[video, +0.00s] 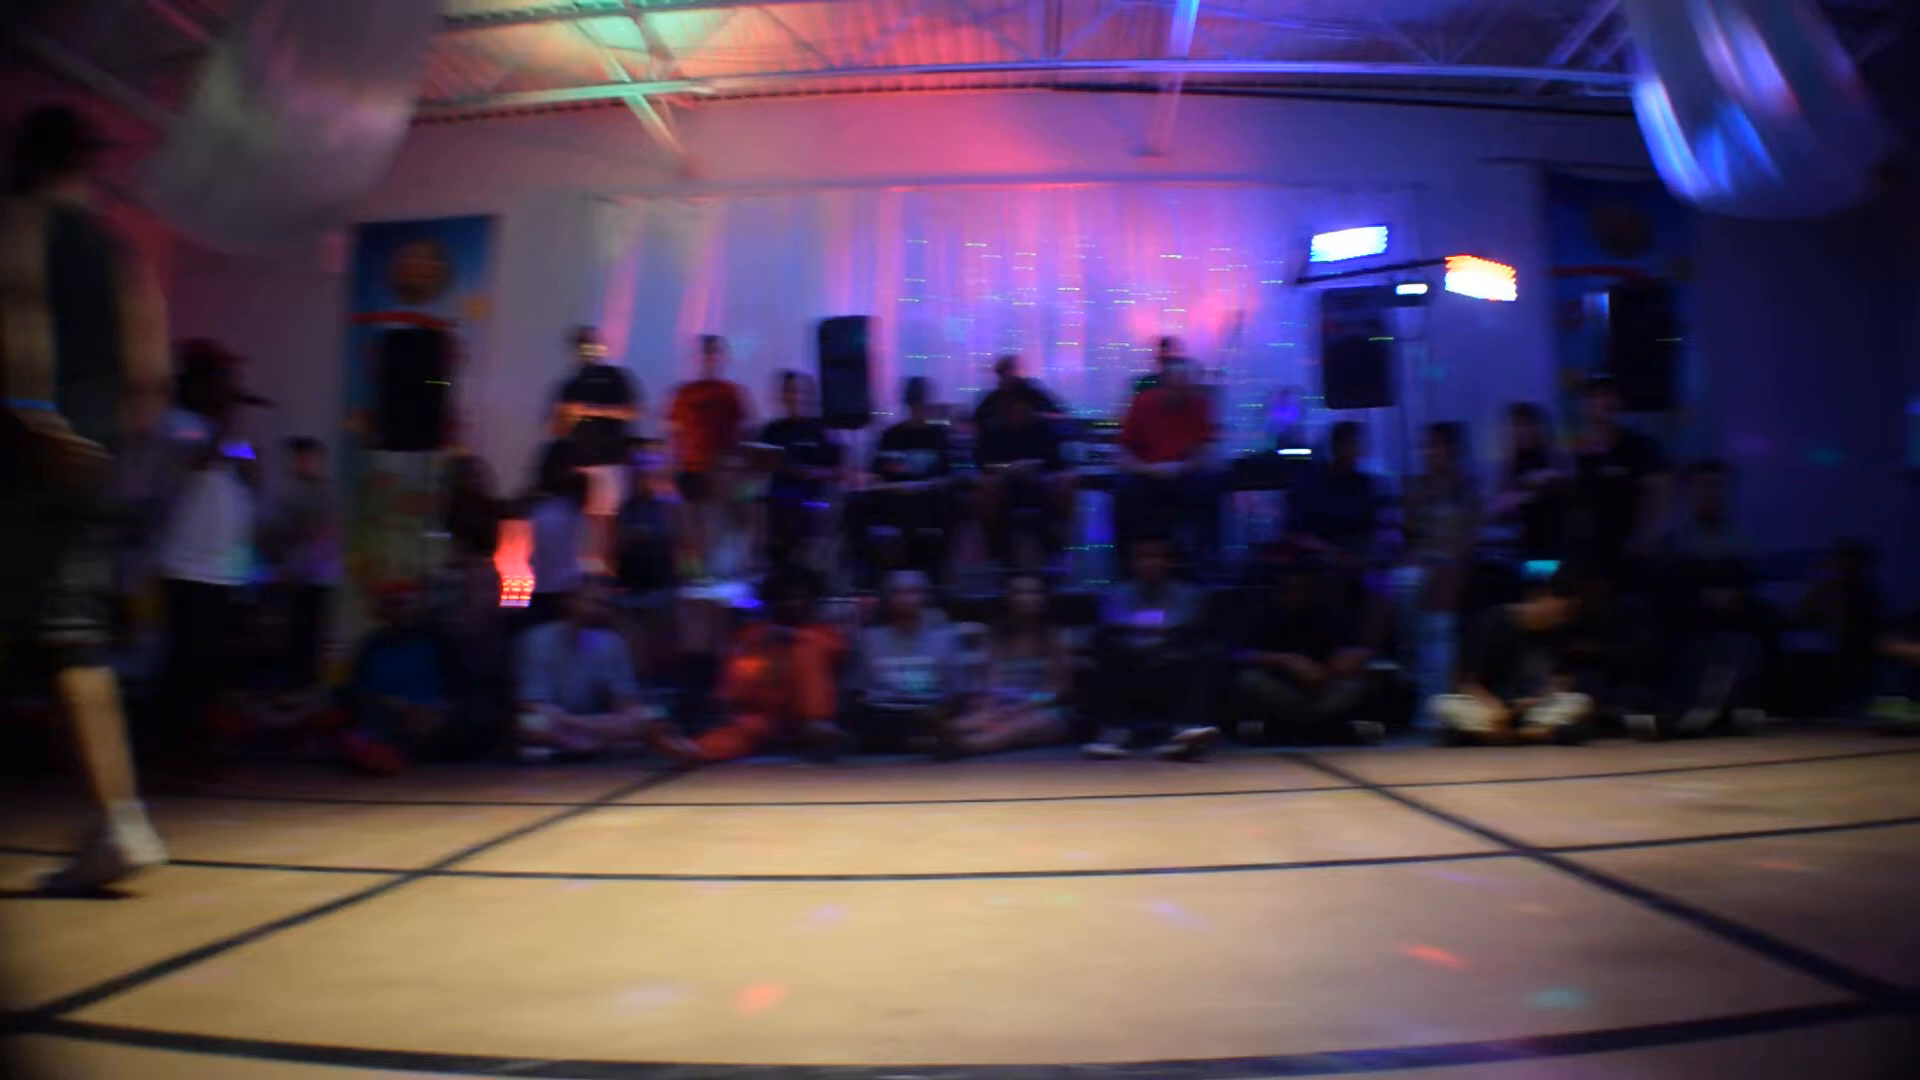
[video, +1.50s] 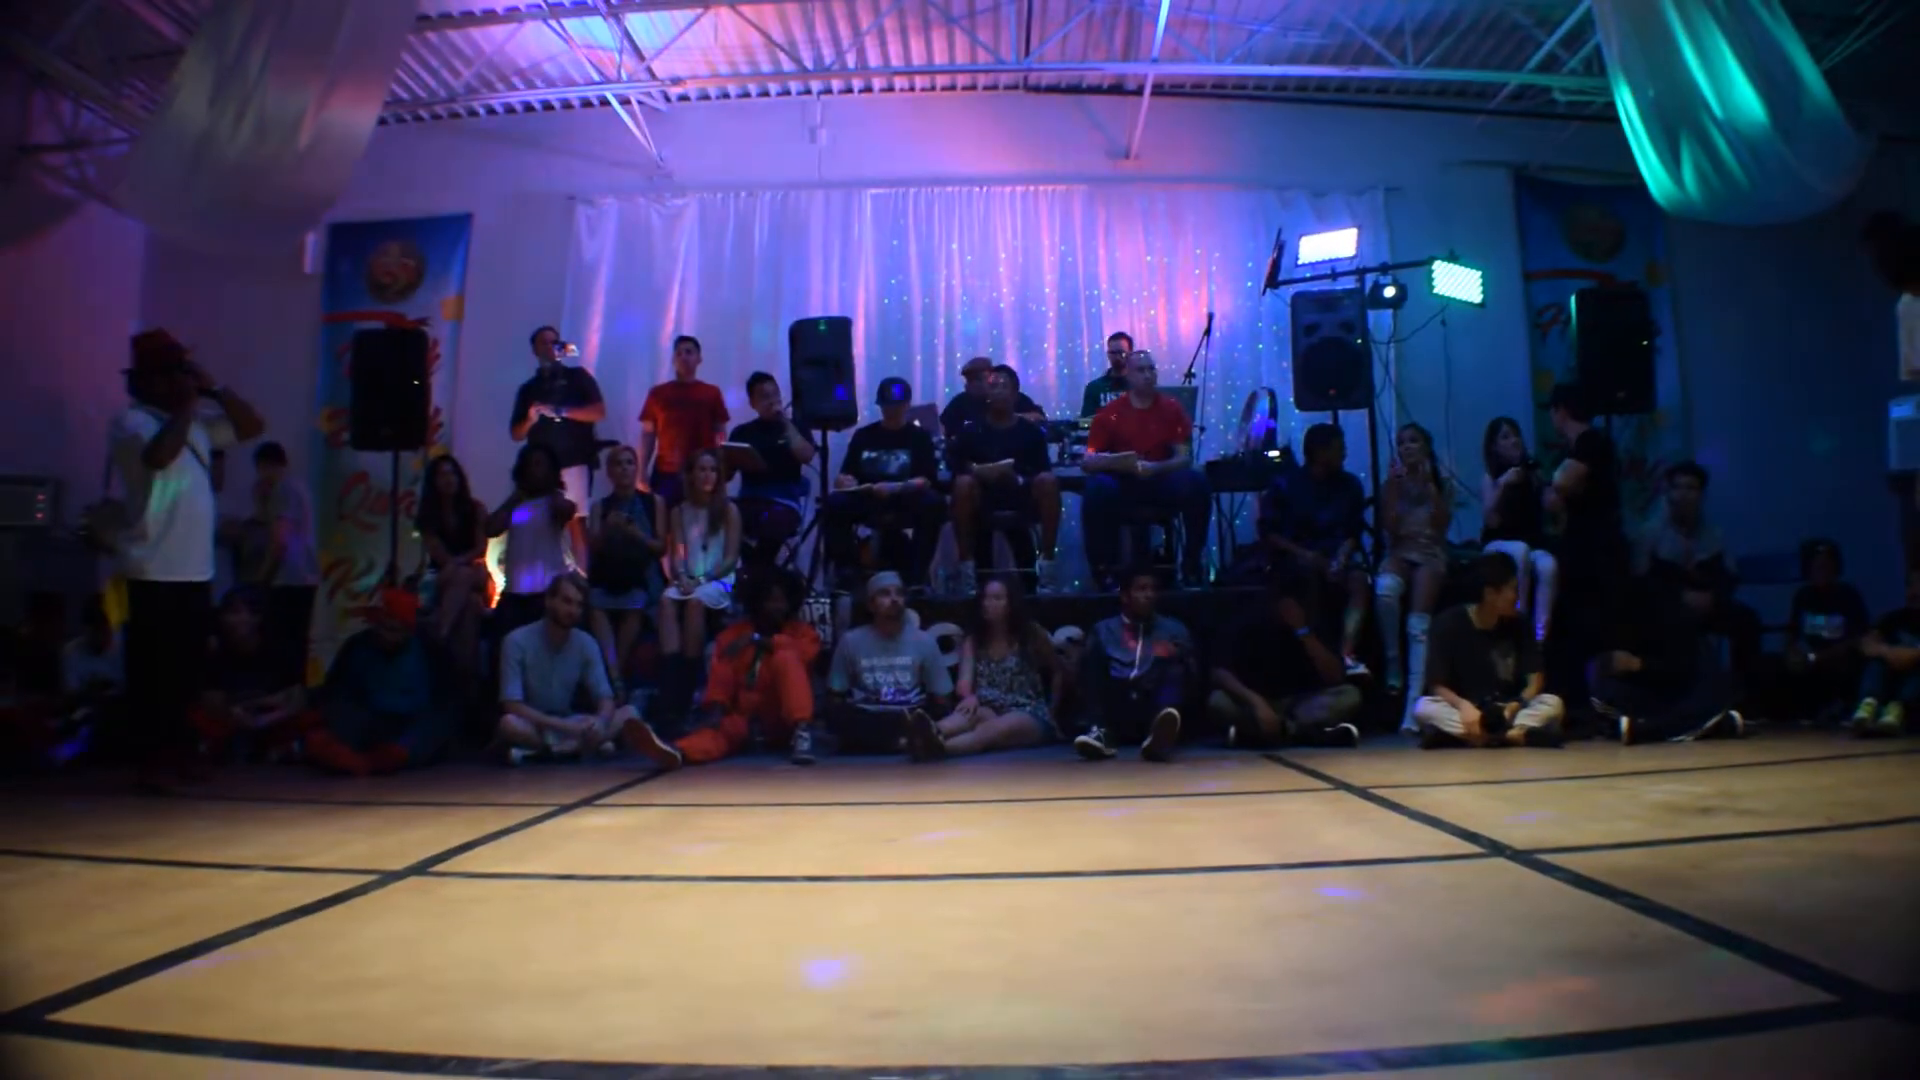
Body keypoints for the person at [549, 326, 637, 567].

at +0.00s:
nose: (589, 353)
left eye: (593, 347)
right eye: (584, 348)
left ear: (601, 349)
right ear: (577, 350)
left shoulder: (615, 378)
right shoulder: (573, 383)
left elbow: (632, 412)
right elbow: (559, 428)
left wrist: (592, 410)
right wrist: (571, 415)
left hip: (610, 457)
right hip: (580, 458)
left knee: (607, 512)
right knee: (585, 514)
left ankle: (607, 562)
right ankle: (587, 563)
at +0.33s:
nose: (530, 346)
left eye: (534, 340)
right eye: (524, 341)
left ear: (541, 345)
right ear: (515, 348)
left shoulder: (561, 375)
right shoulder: (509, 386)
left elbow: (578, 409)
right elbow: (496, 431)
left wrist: (540, 409)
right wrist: (510, 417)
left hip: (554, 459)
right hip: (520, 461)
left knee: (552, 519)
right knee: (521, 519)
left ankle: (557, 574)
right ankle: (524, 576)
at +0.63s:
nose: (527, 347)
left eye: (531, 342)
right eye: (521, 342)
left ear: (539, 347)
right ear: (512, 349)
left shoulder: (557, 376)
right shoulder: (505, 388)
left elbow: (576, 411)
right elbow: (492, 433)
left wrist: (536, 410)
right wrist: (507, 419)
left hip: (552, 462)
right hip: (518, 467)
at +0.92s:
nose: (551, 349)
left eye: (555, 344)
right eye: (545, 345)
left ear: (563, 348)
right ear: (536, 352)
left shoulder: (581, 379)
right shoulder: (530, 389)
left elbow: (600, 413)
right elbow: (517, 434)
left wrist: (563, 413)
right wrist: (533, 419)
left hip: (576, 460)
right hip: (542, 462)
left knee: (578, 521)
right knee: (540, 518)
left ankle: (583, 577)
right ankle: (541, 577)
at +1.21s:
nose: (552, 347)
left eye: (555, 342)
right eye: (545, 343)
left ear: (562, 345)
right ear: (536, 349)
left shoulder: (580, 375)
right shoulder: (531, 387)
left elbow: (601, 410)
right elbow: (519, 433)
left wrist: (564, 411)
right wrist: (533, 419)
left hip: (577, 458)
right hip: (544, 461)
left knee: (578, 519)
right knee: (543, 519)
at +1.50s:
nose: (551, 347)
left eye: (554, 342)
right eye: (544, 344)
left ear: (562, 346)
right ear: (535, 350)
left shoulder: (579, 376)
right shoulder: (528, 388)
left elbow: (598, 412)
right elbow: (516, 434)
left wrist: (561, 412)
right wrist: (530, 421)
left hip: (575, 459)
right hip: (541, 462)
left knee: (577, 521)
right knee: (542, 520)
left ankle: (582, 576)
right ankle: (544, 577)